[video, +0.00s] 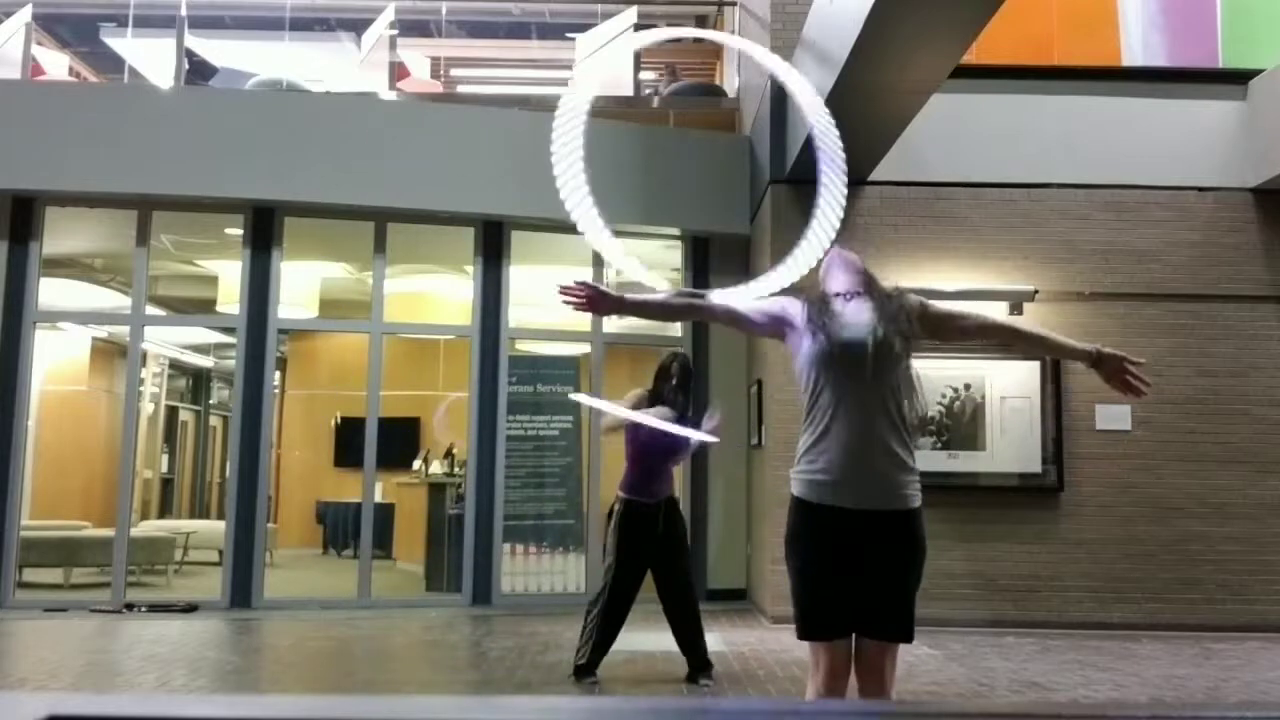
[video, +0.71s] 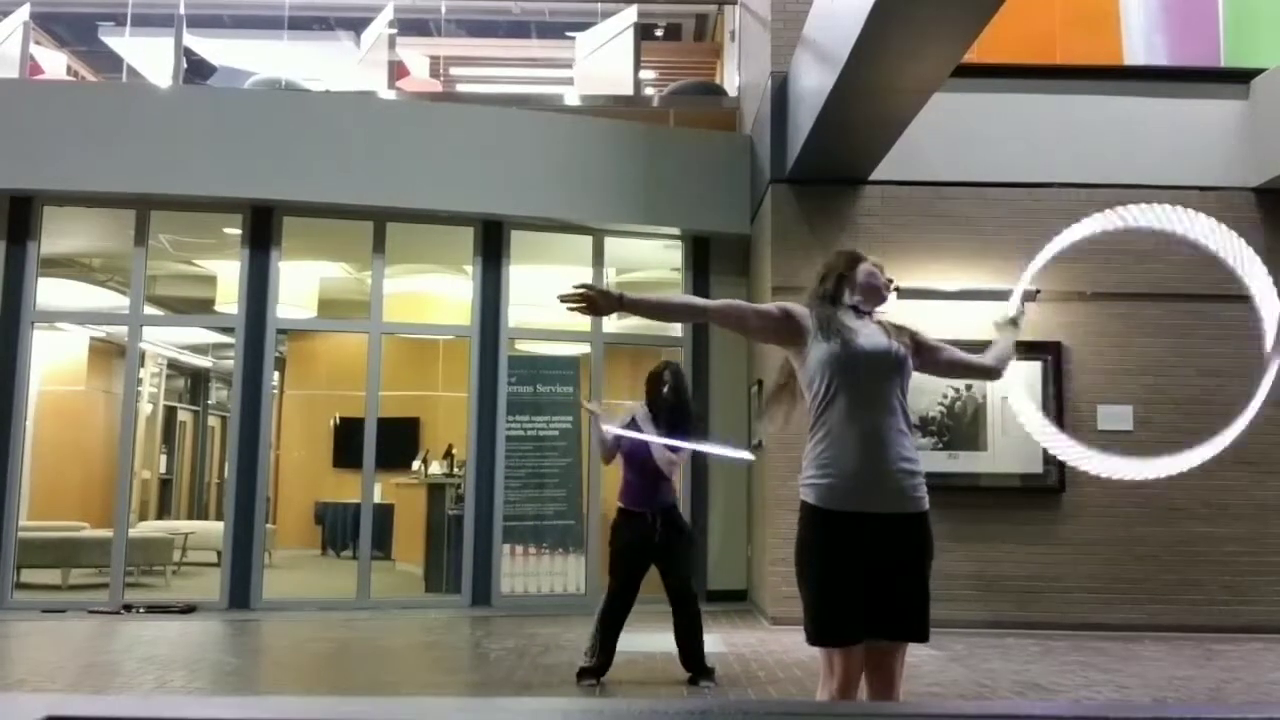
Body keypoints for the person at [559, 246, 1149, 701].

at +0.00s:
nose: (841, 255)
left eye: (849, 250)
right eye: (830, 254)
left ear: (866, 271)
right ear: (815, 272)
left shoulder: (903, 312)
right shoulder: (795, 311)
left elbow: (999, 333)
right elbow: (705, 306)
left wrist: (1088, 355)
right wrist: (620, 303)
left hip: (893, 509)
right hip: (820, 506)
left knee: (877, 672)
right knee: (829, 668)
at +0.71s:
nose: (884, 279)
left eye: (885, 276)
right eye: (873, 271)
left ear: (881, 293)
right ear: (842, 278)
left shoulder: (903, 338)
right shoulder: (806, 322)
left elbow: (991, 364)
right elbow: (709, 310)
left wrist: (1013, 325)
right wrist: (621, 302)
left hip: (903, 514)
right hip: (831, 512)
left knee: (887, 670)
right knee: (841, 670)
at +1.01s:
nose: (891, 249)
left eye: (890, 242)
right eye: (877, 242)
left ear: (883, 263)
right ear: (845, 257)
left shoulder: (904, 322)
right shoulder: (808, 313)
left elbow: (987, 349)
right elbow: (713, 320)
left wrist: (1031, 320)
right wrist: (627, 328)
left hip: (896, 508)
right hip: (829, 507)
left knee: (882, 674)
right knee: (841, 673)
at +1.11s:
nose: (892, 249)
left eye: (889, 242)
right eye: (881, 243)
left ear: (873, 259)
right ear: (853, 256)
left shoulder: (901, 322)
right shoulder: (809, 312)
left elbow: (981, 355)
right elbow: (719, 322)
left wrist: (1046, 340)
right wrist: (634, 331)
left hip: (894, 509)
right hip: (826, 507)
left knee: (882, 669)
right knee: (838, 670)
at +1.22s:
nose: (889, 246)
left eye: (887, 239)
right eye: (877, 240)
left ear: (878, 259)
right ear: (848, 254)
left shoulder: (904, 322)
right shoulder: (808, 312)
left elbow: (986, 358)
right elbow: (727, 330)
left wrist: (1065, 358)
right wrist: (649, 335)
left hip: (890, 506)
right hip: (822, 506)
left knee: (877, 672)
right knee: (837, 673)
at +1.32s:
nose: (883, 244)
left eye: (881, 237)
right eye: (869, 237)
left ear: (876, 254)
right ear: (838, 252)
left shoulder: (901, 321)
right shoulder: (801, 315)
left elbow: (986, 364)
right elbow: (725, 342)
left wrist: (1075, 388)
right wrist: (658, 347)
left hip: (887, 505)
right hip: (819, 504)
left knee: (875, 668)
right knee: (830, 667)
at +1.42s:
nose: (873, 239)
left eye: (874, 233)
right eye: (859, 233)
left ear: (877, 252)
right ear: (829, 252)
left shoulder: (904, 324)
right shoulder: (795, 318)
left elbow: (982, 375)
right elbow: (724, 359)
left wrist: (1063, 415)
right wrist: (694, 360)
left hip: (883, 507)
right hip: (815, 507)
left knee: (872, 667)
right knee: (828, 672)